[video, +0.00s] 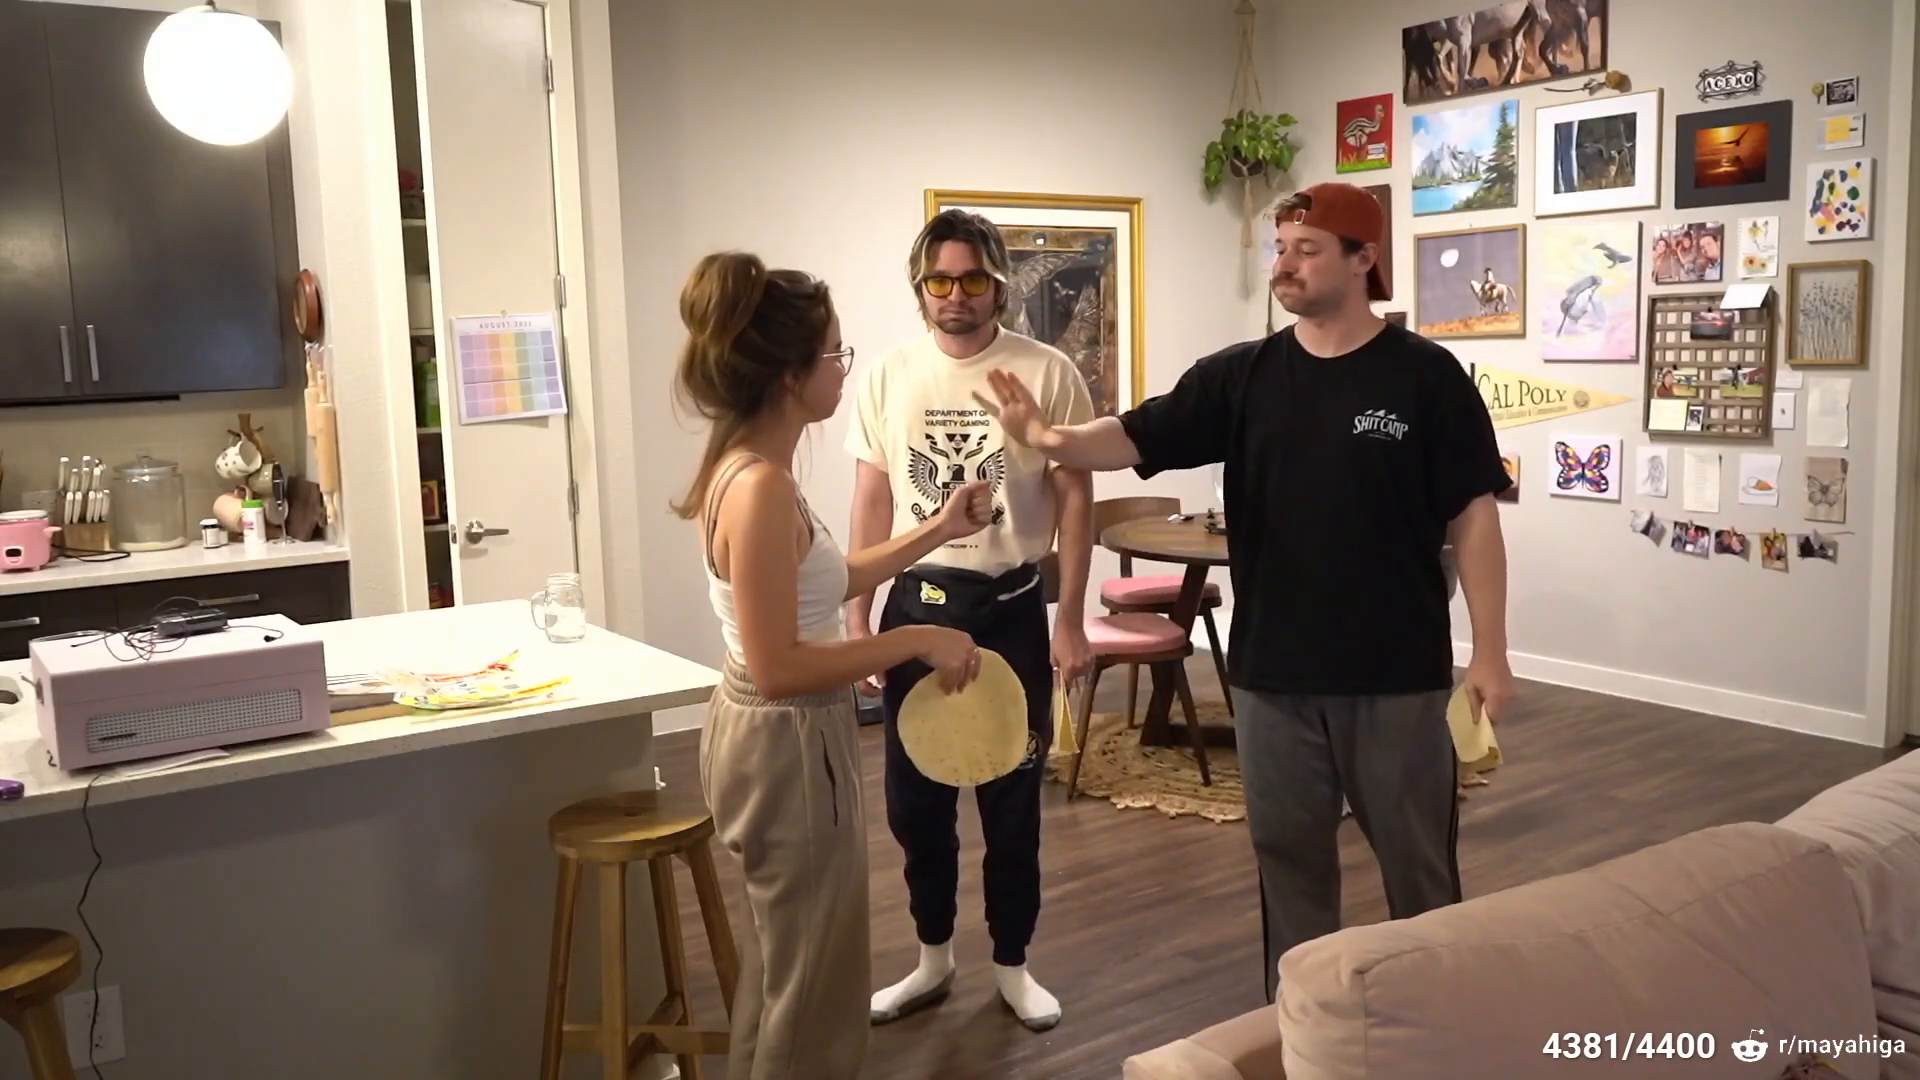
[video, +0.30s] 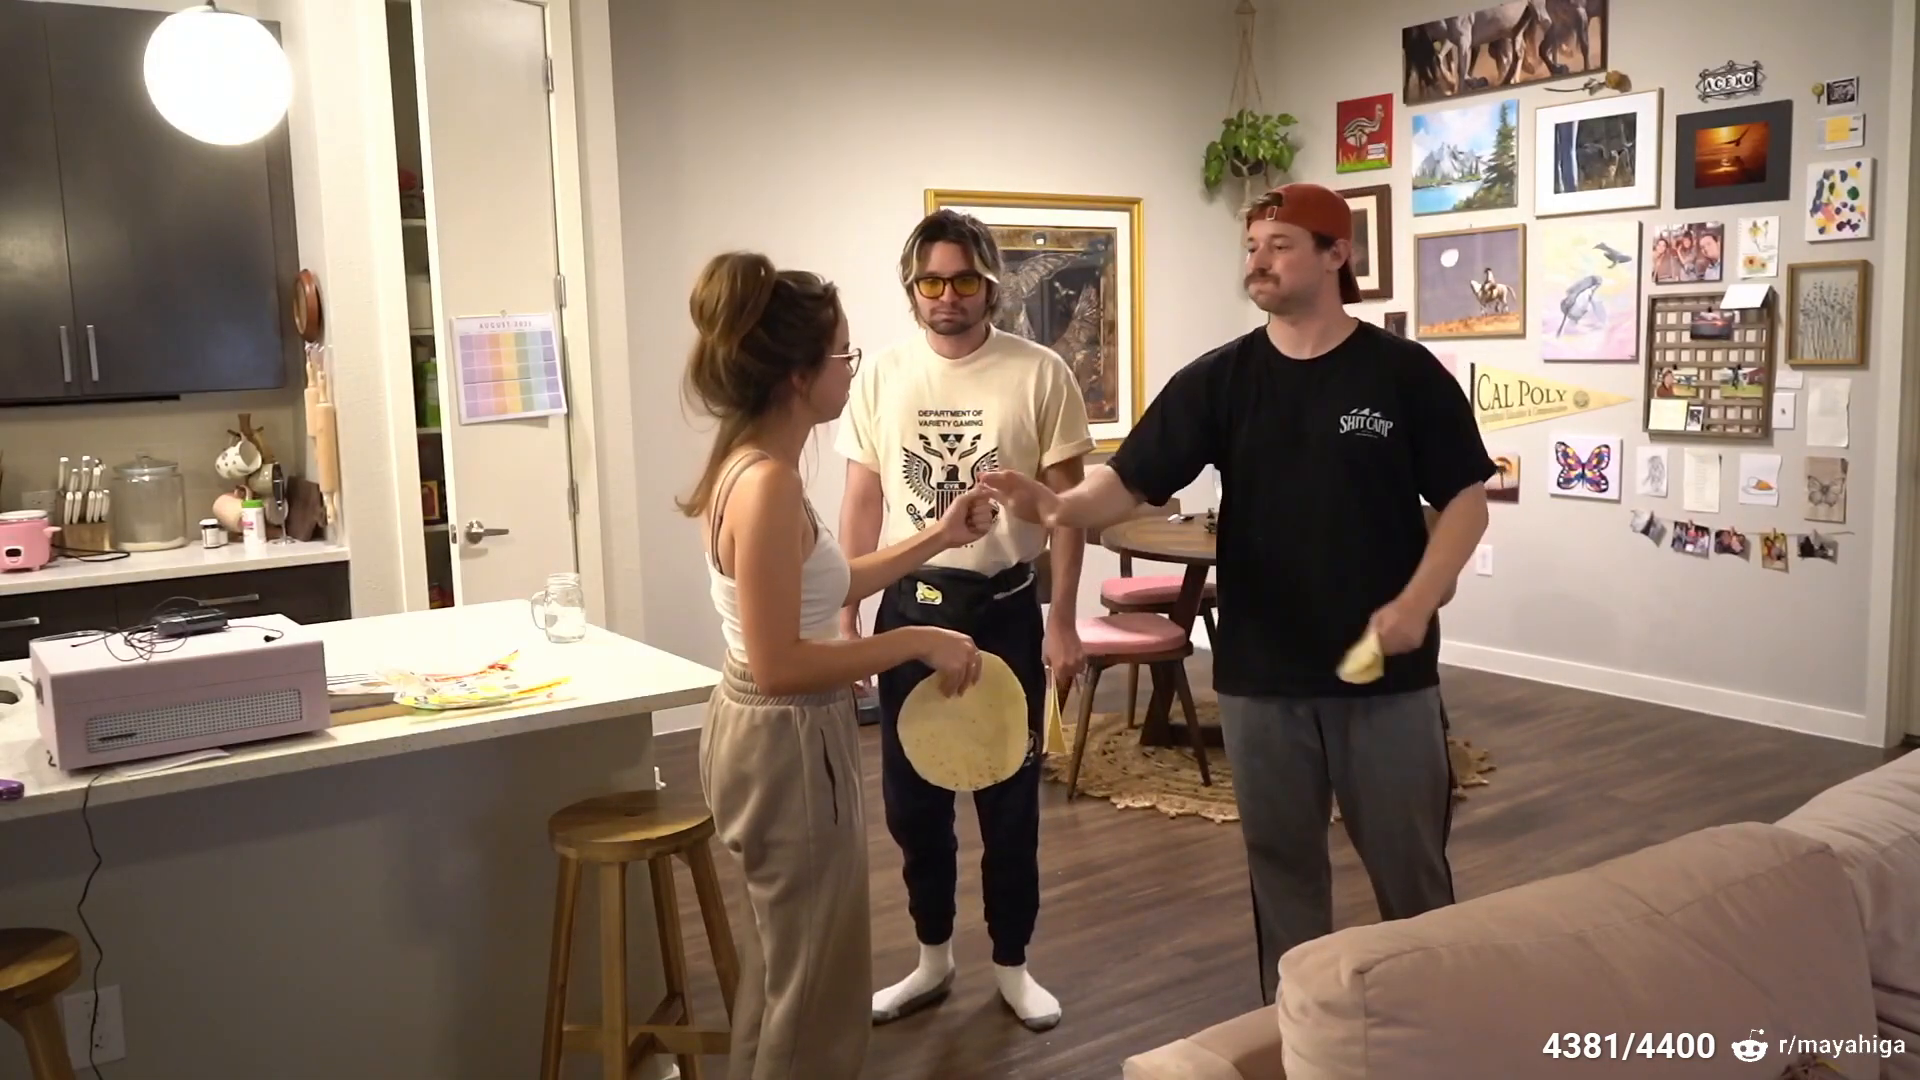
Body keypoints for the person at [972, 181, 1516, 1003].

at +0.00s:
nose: (1285, 262)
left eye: (1306, 249)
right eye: (1280, 250)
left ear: (1361, 262)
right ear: (1275, 261)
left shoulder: (1428, 374)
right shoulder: (1240, 376)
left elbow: (1475, 518)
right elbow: (1136, 437)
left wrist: (1491, 653)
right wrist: (1051, 441)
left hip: (1397, 680)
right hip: (1274, 681)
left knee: (1422, 881)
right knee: (1290, 877)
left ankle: (1445, 1034)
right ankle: (1298, 1037)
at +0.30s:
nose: (1259, 260)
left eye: (1280, 246)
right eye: (1252, 248)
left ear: (1334, 258)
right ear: (1246, 263)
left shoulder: (1406, 374)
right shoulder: (1217, 381)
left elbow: (1468, 498)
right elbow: (1129, 480)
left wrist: (1418, 601)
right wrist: (1054, 505)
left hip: (1385, 675)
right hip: (1263, 678)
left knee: (1411, 874)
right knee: (1282, 873)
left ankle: (1440, 1025)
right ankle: (1296, 1033)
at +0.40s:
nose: (1248, 258)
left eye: (1270, 245)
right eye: (1243, 247)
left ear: (1324, 259)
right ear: (1237, 264)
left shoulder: (1392, 375)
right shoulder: (1207, 383)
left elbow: (1437, 517)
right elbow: (1145, 499)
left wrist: (1328, 562)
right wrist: (1132, 523)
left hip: (1373, 675)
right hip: (1250, 677)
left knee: (1402, 862)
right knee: (1273, 867)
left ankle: (1428, 1016)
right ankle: (1293, 1026)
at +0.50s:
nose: (1234, 263)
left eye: (1256, 248)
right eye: (1230, 250)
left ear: (1311, 261)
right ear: (1228, 264)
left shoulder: (1371, 372)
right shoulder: (1205, 382)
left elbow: (1388, 521)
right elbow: (1175, 508)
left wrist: (1242, 528)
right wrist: (1170, 534)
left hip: (1354, 675)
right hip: (1237, 674)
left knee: (1375, 865)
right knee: (1265, 870)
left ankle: (1406, 1019)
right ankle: (1294, 1026)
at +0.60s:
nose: (1221, 264)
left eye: (1242, 250)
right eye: (1217, 252)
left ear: (1299, 261)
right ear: (1216, 266)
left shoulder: (1349, 370)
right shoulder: (1209, 380)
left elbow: (1332, 517)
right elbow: (1206, 522)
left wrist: (1191, 504)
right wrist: (1153, 519)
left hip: (1335, 672)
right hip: (1234, 668)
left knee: (1340, 872)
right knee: (1267, 876)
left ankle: (1374, 1032)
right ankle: (1293, 1028)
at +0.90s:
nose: (1198, 279)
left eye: (1216, 263)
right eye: (1196, 265)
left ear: (1274, 270)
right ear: (1209, 271)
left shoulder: (1283, 359)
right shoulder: (1267, 359)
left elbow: (1186, 492)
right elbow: (1190, 495)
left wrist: (1069, 461)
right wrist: (1088, 472)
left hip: (1297, 675)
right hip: (1276, 670)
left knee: (1275, 886)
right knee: (1274, 883)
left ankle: (1289, 1054)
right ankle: (1289, 1050)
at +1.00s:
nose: (1195, 289)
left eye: (1214, 272)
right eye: (1193, 275)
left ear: (1273, 278)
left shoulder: (1272, 364)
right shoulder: (1262, 367)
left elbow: (1153, 471)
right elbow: (1186, 531)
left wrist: (1043, 454)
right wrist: (1091, 474)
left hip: (1288, 689)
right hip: (1274, 684)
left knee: (1262, 908)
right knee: (1267, 904)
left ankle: (1274, 1070)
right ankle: (1278, 1066)